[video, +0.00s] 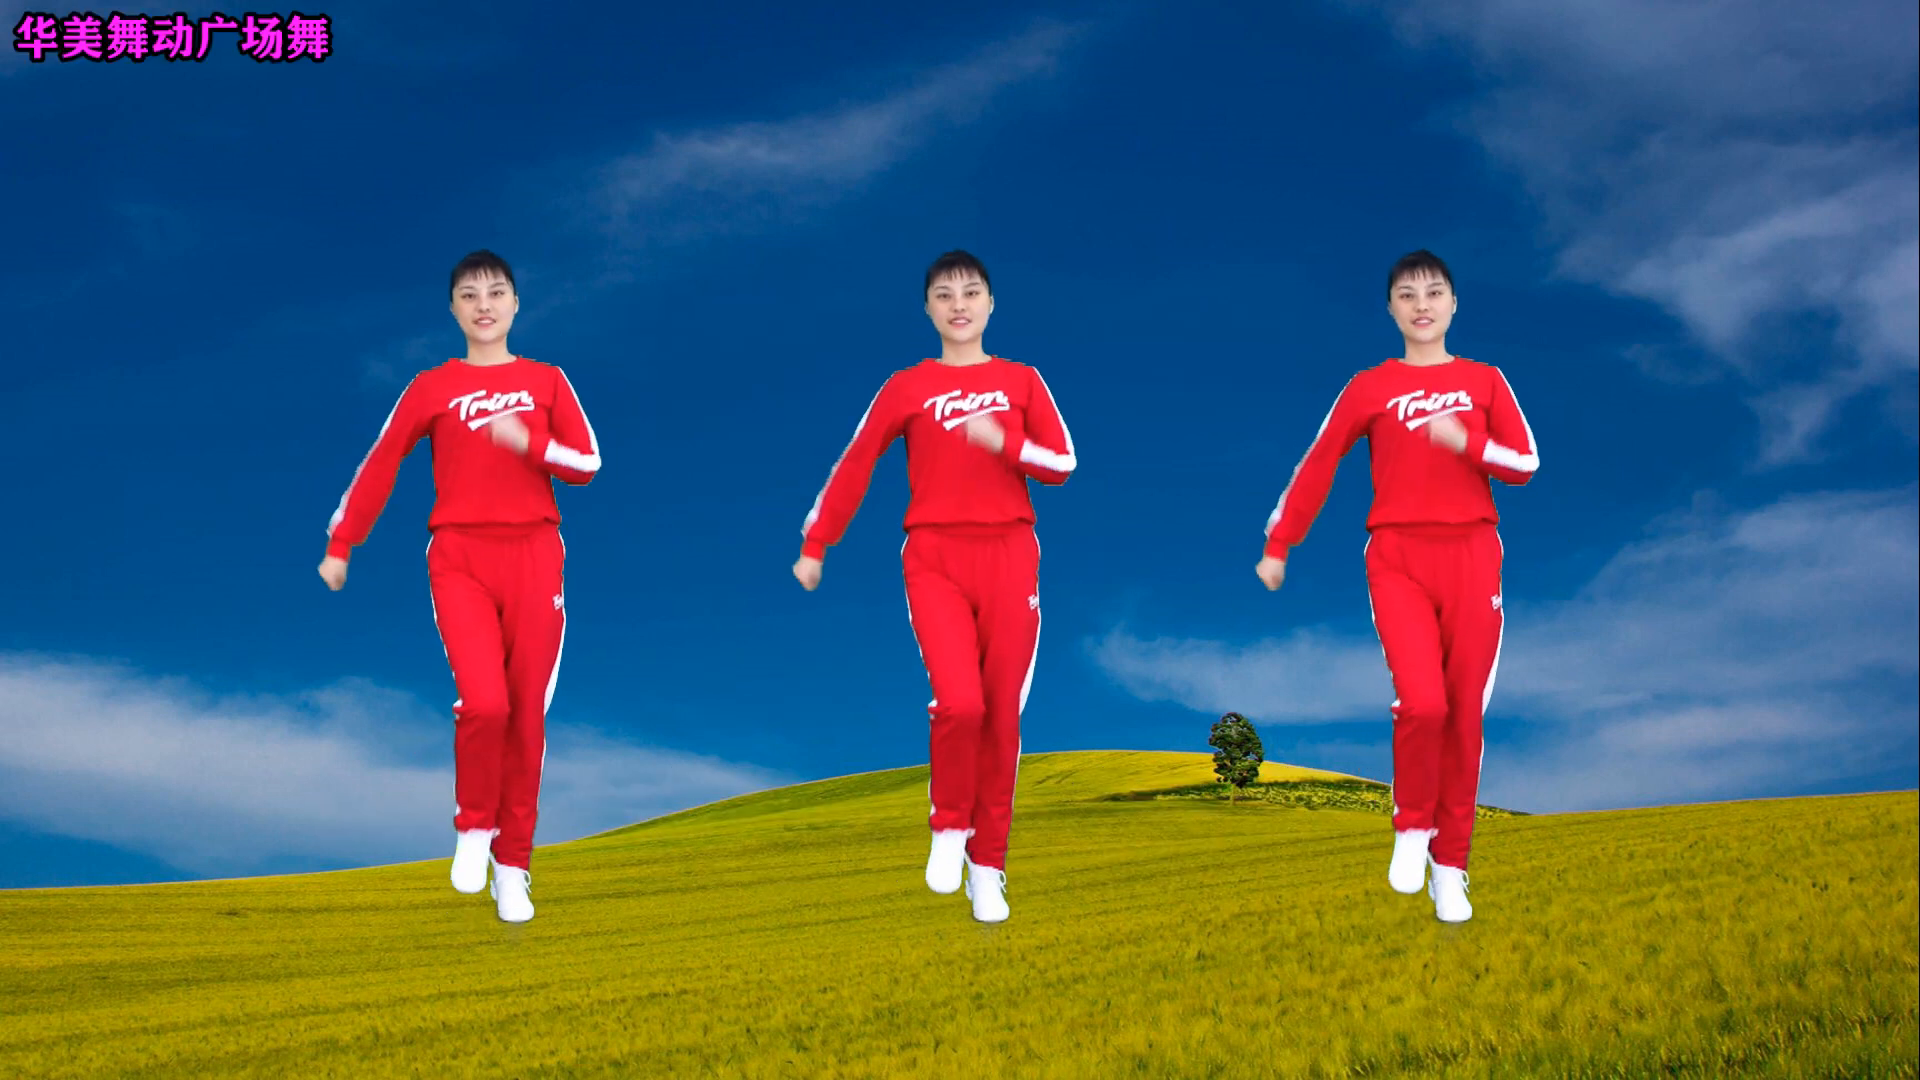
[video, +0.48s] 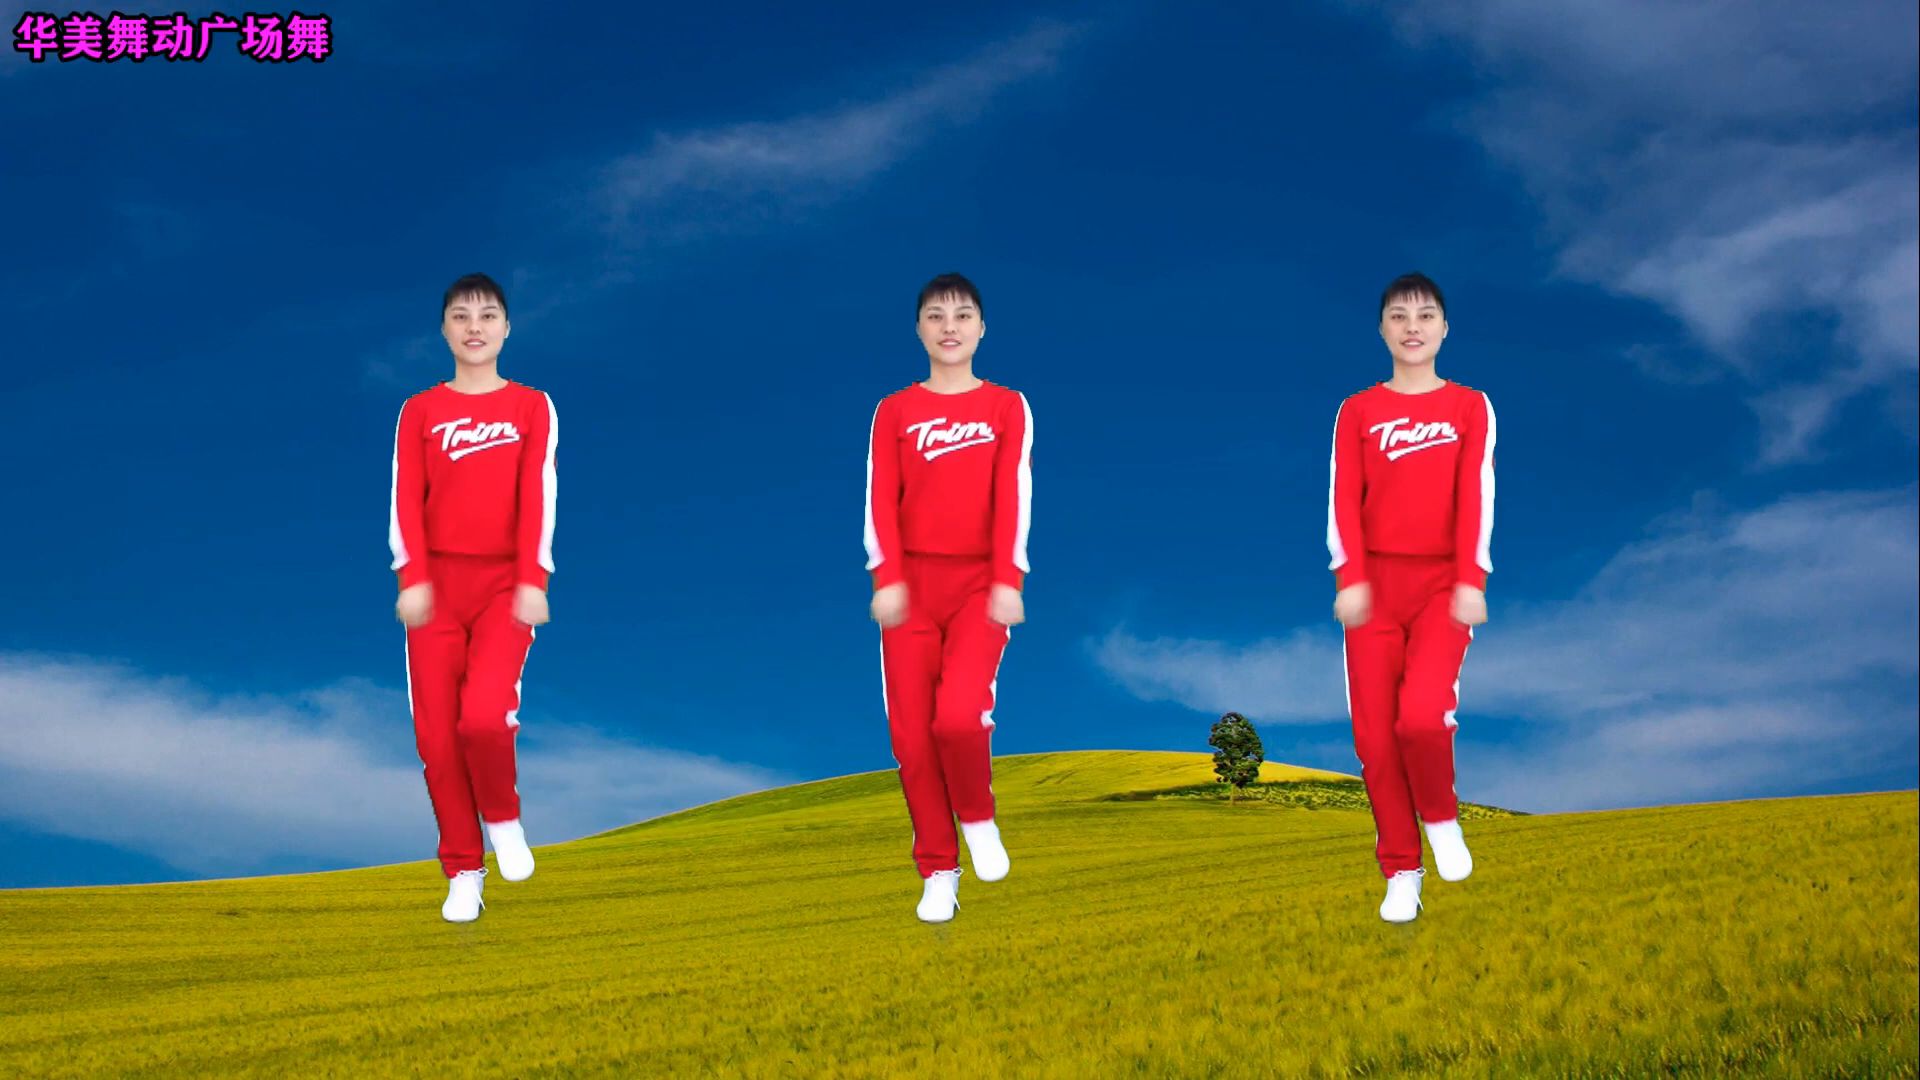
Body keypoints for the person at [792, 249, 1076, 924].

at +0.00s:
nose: (959, 305)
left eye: (970, 294)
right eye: (946, 295)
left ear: (989, 303)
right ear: (929, 308)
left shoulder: (1021, 380)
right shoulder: (905, 387)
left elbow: (1061, 465)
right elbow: (854, 463)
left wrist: (1006, 442)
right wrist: (815, 544)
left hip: (1009, 556)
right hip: (933, 556)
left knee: (1002, 712)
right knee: (960, 705)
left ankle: (989, 861)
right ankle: (950, 825)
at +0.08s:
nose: (959, 303)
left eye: (971, 292)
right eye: (946, 295)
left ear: (990, 303)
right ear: (929, 309)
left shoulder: (1021, 380)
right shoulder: (906, 383)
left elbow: (1062, 465)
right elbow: (842, 448)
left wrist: (1017, 412)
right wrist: (787, 521)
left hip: (1008, 555)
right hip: (932, 555)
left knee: (1000, 717)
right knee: (951, 717)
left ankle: (987, 862)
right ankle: (943, 852)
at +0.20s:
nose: (958, 316)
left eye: (969, 305)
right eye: (944, 307)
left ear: (988, 315)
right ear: (929, 320)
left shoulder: (1019, 395)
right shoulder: (904, 395)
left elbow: (1048, 481)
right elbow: (833, 454)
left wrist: (1008, 419)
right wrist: (762, 514)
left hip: (1005, 565)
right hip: (928, 567)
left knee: (996, 726)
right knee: (937, 731)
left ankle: (984, 868)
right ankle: (940, 870)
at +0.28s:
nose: (956, 312)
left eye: (968, 301)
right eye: (942, 303)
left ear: (986, 312)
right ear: (927, 316)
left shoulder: (1016, 389)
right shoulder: (901, 391)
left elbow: (1037, 473)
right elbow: (839, 461)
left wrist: (987, 442)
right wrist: (775, 528)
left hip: (1000, 563)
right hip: (923, 564)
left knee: (990, 723)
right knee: (931, 724)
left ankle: (983, 866)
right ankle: (939, 868)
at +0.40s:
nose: (953, 318)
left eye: (964, 307)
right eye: (940, 309)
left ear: (983, 318)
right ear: (923, 322)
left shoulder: (1010, 394)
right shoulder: (895, 401)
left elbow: (1016, 475)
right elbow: (863, 488)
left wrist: (975, 522)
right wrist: (832, 570)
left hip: (986, 576)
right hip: (911, 576)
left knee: (974, 722)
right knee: (921, 728)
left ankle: (979, 849)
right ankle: (937, 867)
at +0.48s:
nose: (949, 326)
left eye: (962, 316)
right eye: (936, 317)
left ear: (979, 328)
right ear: (921, 330)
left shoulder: (1009, 405)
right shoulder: (893, 410)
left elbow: (1015, 494)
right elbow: (879, 497)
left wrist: (1009, 578)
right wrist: (886, 576)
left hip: (982, 581)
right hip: (909, 582)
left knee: (958, 719)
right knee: (909, 733)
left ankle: (976, 816)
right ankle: (937, 866)